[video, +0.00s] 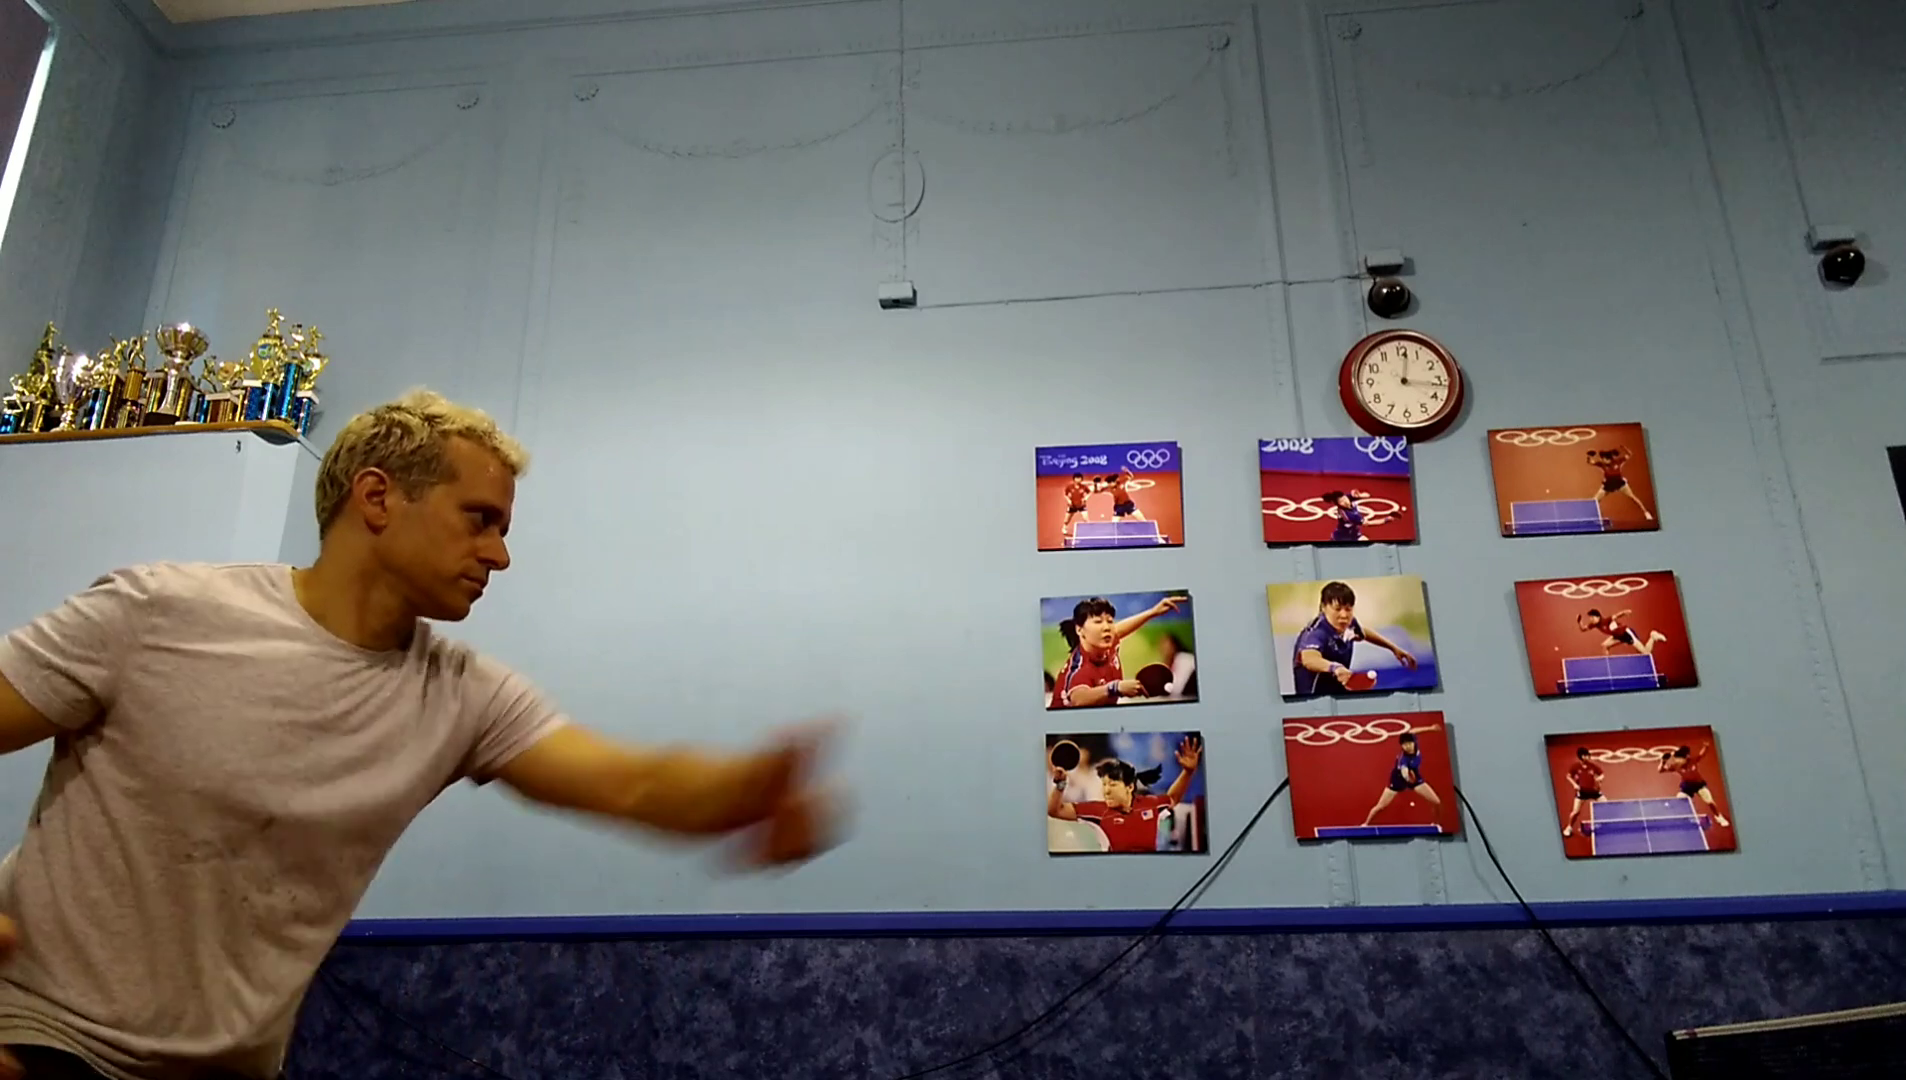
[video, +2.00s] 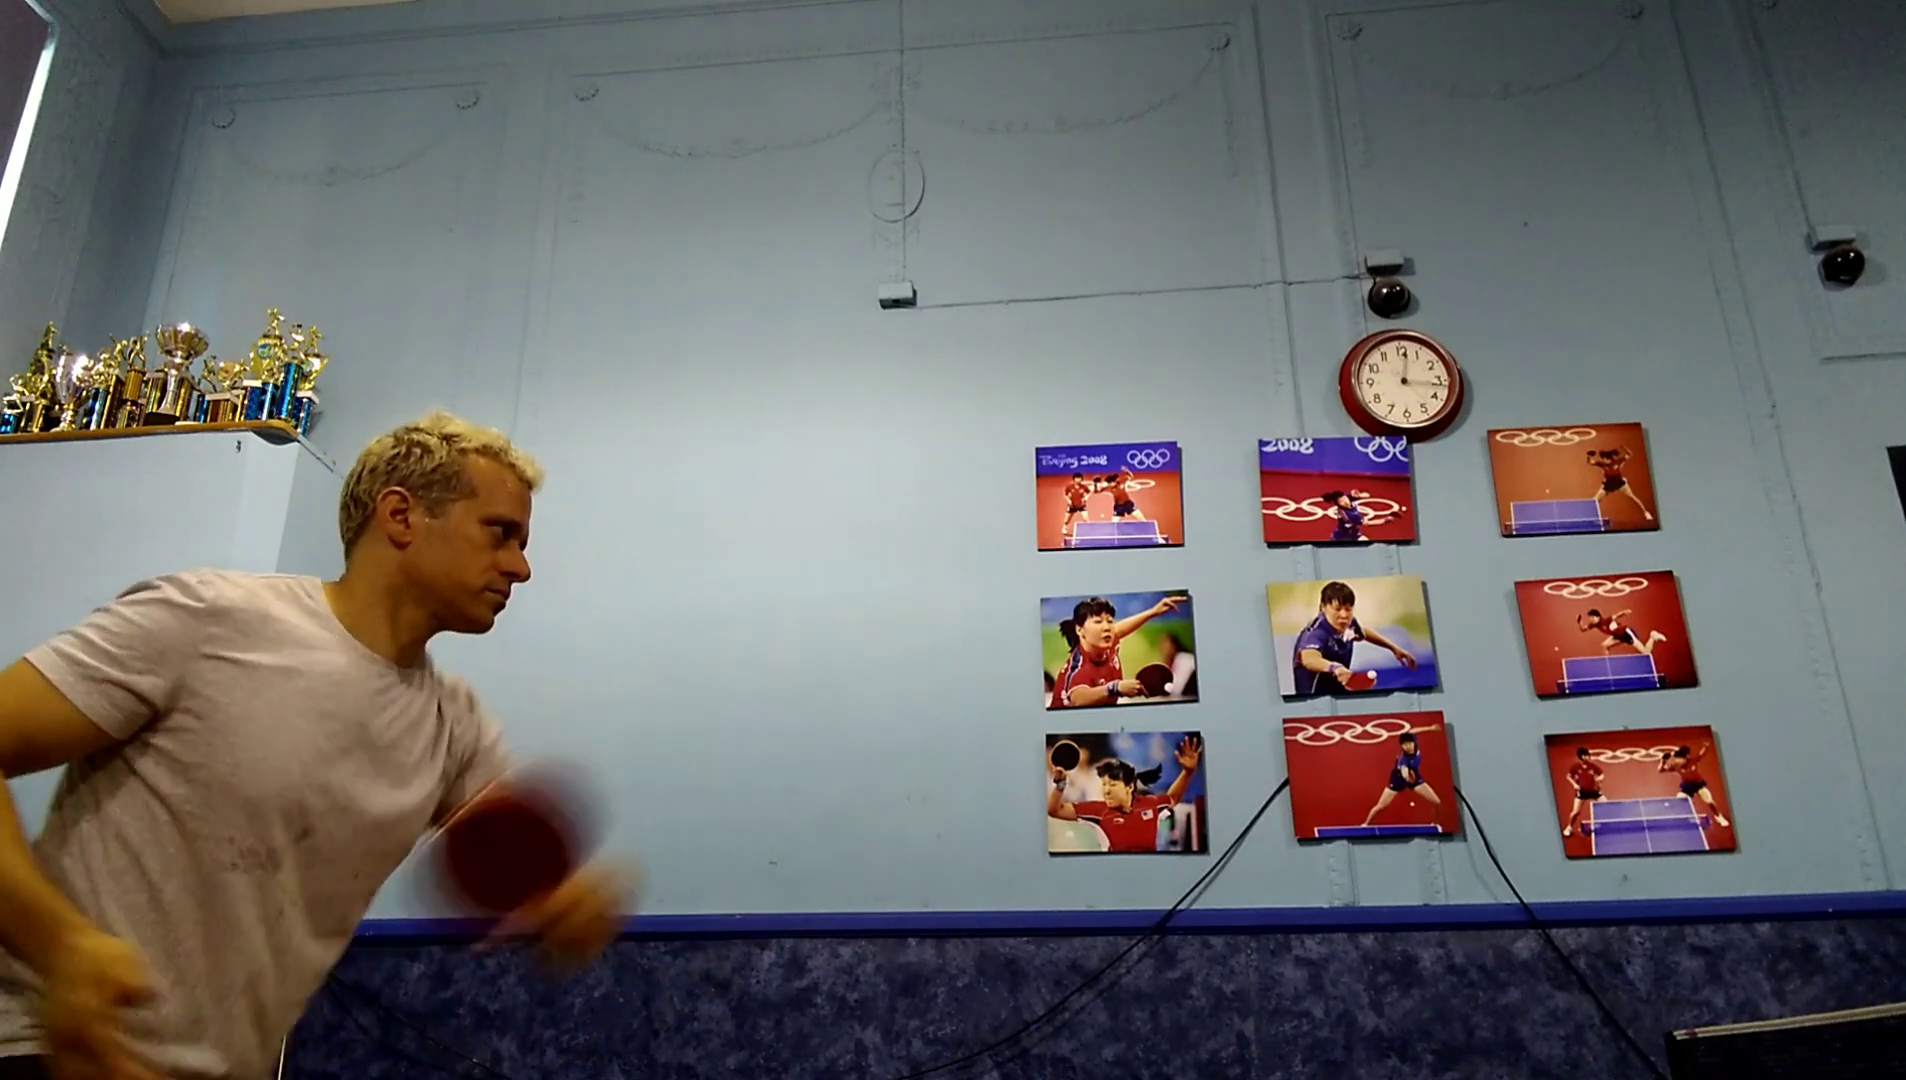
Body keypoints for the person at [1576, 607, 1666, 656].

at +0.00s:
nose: (1590, 620)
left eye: (1591, 618)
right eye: (1590, 619)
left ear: (1597, 617)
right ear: (1593, 618)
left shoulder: (1607, 620)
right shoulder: (1594, 624)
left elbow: (1617, 615)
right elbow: (1583, 630)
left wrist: (1625, 612)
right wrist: (1579, 623)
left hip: (1627, 634)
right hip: (1618, 636)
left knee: (1646, 652)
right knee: (1604, 645)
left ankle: (1653, 636)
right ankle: (1607, 667)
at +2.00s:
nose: (1590, 620)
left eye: (1591, 618)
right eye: (1590, 619)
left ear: (1597, 617)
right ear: (1593, 618)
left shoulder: (1607, 620)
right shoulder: (1595, 625)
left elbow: (1617, 615)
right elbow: (1584, 630)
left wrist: (1625, 612)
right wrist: (1579, 623)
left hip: (1627, 634)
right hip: (1618, 637)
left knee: (1646, 652)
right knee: (1604, 645)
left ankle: (1653, 636)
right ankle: (1608, 667)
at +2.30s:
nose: (1590, 620)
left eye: (1591, 618)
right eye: (1590, 619)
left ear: (1597, 617)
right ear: (1593, 618)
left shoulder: (1607, 620)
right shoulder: (1594, 624)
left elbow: (1617, 615)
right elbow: (1583, 630)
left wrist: (1626, 612)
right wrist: (1579, 623)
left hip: (1627, 634)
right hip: (1617, 636)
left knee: (1646, 652)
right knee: (1604, 645)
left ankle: (1653, 636)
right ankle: (1607, 667)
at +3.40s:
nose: (1590, 620)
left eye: (1591, 618)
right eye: (1590, 619)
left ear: (1597, 617)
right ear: (1593, 618)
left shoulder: (1607, 620)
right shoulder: (1594, 624)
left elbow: (1617, 615)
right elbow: (1583, 630)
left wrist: (1625, 612)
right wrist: (1579, 623)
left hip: (1627, 634)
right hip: (1617, 637)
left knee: (1646, 652)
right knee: (1604, 645)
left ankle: (1653, 636)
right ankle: (1608, 667)